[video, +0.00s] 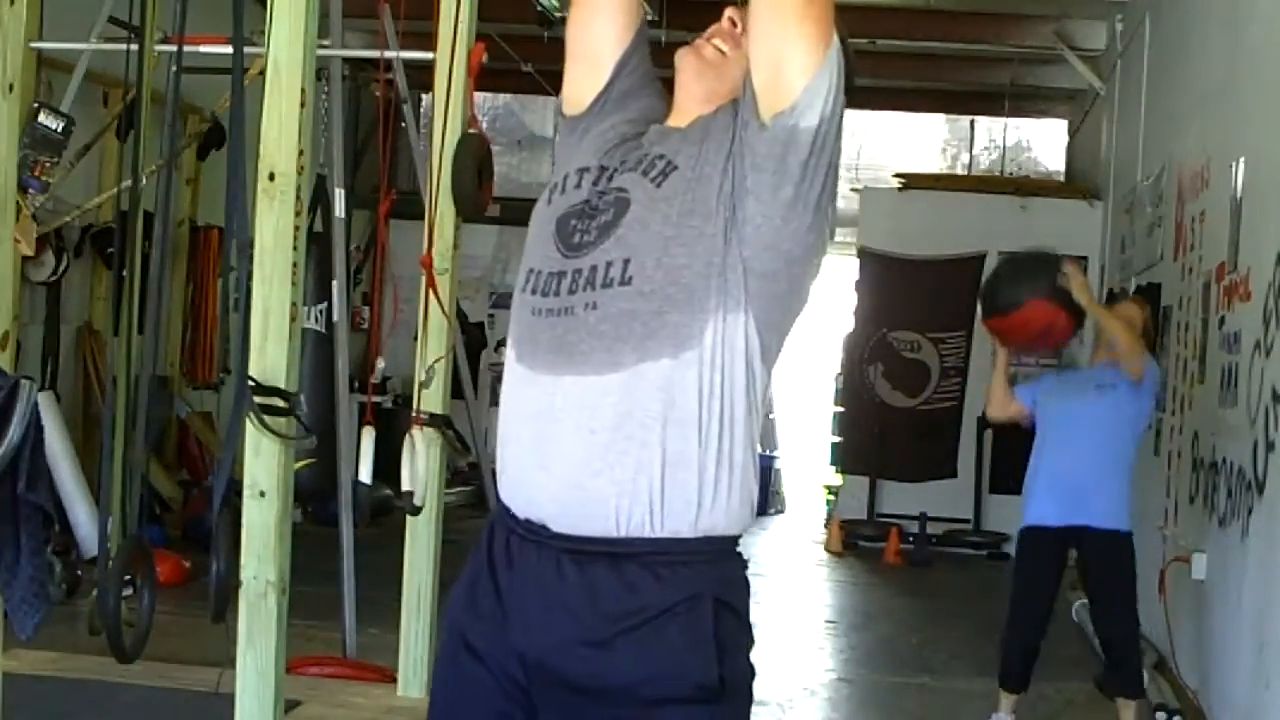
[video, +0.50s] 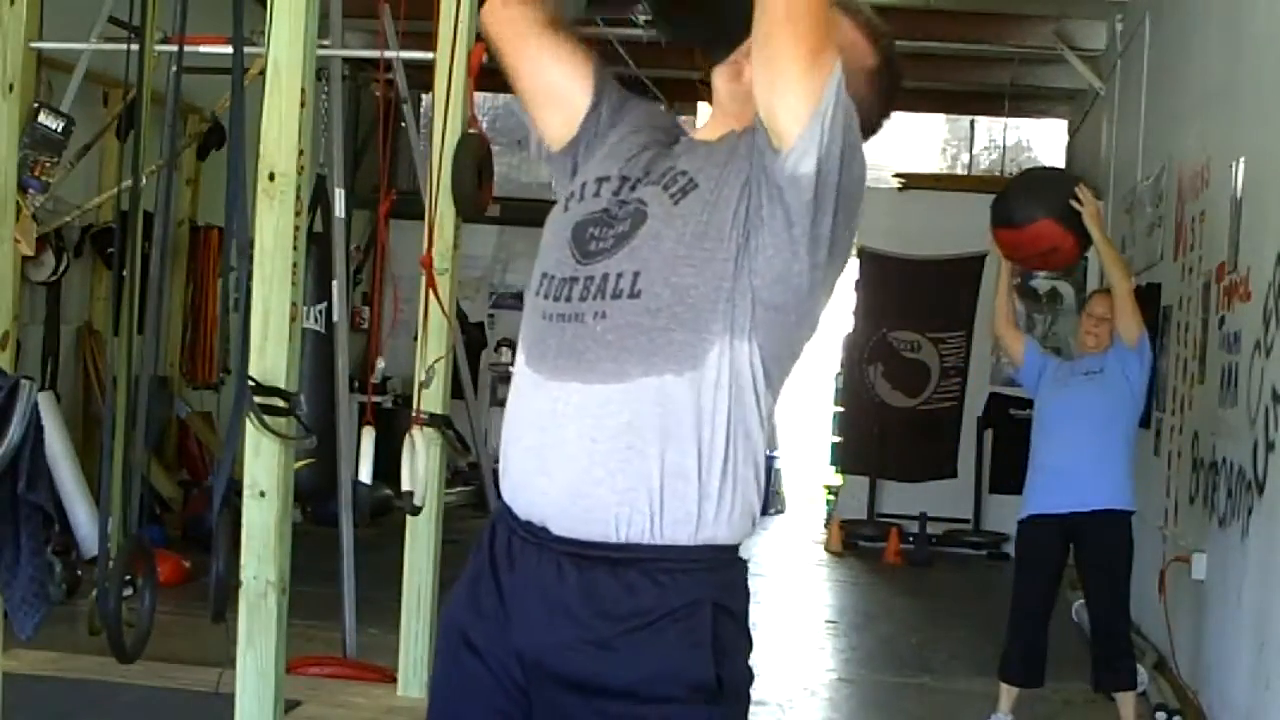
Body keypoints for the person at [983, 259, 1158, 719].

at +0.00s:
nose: (1123, 326)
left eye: (1132, 320)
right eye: (1117, 317)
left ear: (1144, 336)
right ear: (1101, 326)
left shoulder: (1140, 382)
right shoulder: (1053, 384)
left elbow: (1125, 345)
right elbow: (998, 409)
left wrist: (1087, 302)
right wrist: (1003, 351)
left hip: (1106, 521)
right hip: (1044, 518)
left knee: (1119, 630)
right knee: (1024, 621)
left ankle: (1129, 714)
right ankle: (1004, 712)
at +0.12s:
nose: (1106, 325)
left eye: (1116, 319)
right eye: (1101, 318)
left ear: (1131, 330)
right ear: (1090, 327)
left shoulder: (1137, 374)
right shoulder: (1050, 374)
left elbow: (1130, 315)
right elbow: (996, 377)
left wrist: (1090, 264)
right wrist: (1007, 321)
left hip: (1105, 518)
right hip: (1043, 516)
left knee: (1112, 623)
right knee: (1026, 615)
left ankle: (1128, 714)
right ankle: (1004, 712)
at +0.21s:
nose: (1100, 322)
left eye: (1111, 316)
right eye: (1096, 314)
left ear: (1126, 329)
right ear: (1082, 323)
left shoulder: (1133, 369)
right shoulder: (1051, 371)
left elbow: (1124, 292)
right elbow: (997, 350)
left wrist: (1094, 238)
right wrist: (1007, 293)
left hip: (1105, 516)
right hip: (1042, 514)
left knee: (1110, 622)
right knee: (1026, 614)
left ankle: (1128, 715)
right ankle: (1004, 711)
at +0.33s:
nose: (1096, 323)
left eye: (1107, 317)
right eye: (1090, 315)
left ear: (1120, 327)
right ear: (1077, 322)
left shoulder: (1131, 366)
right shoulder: (1049, 369)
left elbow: (1124, 291)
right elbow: (1005, 330)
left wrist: (1097, 232)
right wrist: (1005, 269)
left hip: (1106, 512)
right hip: (1042, 511)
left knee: (1110, 619)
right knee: (1027, 612)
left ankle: (1127, 715)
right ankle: (1004, 712)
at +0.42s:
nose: (1094, 324)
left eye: (1105, 318)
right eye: (1089, 315)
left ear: (1119, 327)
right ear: (1076, 322)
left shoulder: (1130, 366)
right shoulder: (1048, 369)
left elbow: (1124, 291)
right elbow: (1006, 330)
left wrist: (1097, 232)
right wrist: (1005, 271)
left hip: (1106, 512)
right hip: (1042, 511)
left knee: (1111, 620)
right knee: (1027, 614)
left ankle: (1127, 715)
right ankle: (1003, 712)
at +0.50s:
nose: (1094, 323)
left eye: (1105, 318)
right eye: (1089, 315)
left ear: (1118, 328)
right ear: (1075, 321)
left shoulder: (1129, 365)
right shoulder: (1047, 369)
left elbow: (1124, 290)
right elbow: (1005, 329)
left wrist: (1097, 233)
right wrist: (1006, 267)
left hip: (1106, 513)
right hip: (1042, 512)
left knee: (1111, 621)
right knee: (1026, 615)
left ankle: (1128, 715)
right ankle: (1003, 713)